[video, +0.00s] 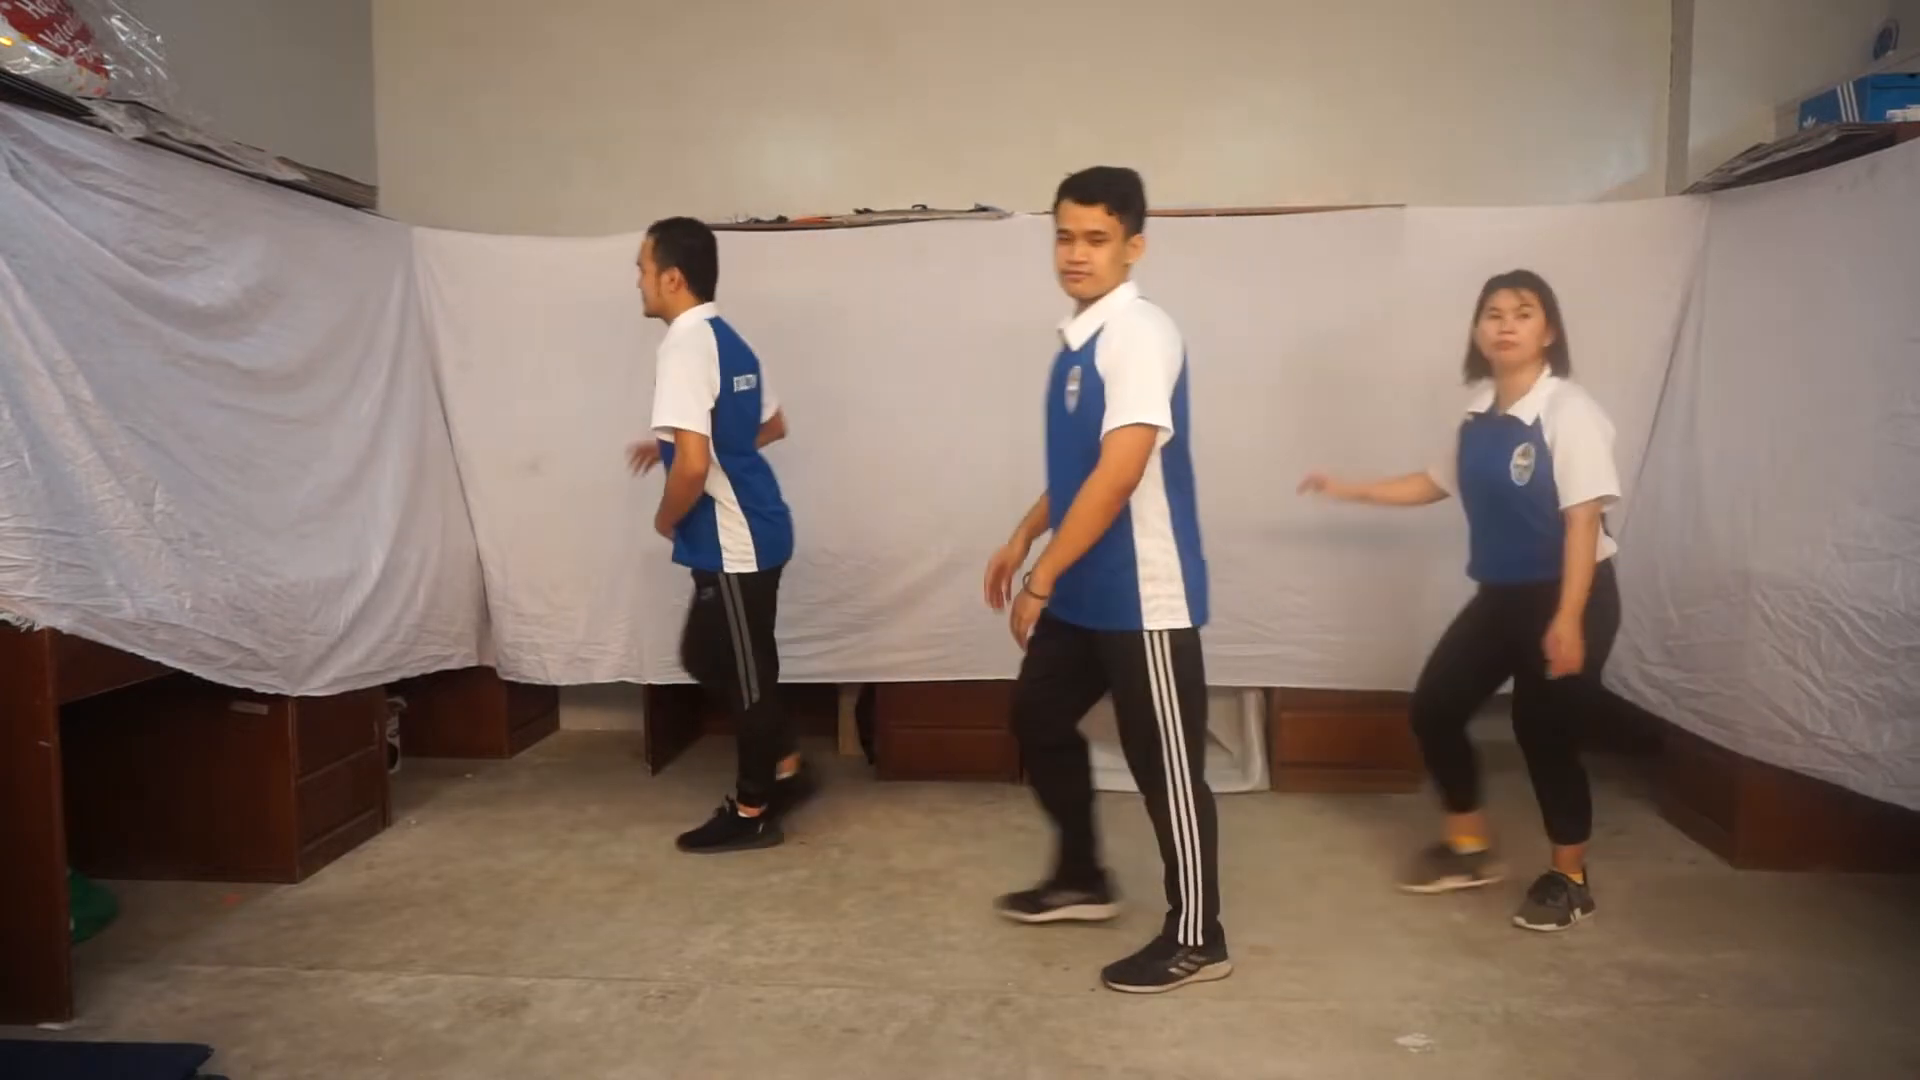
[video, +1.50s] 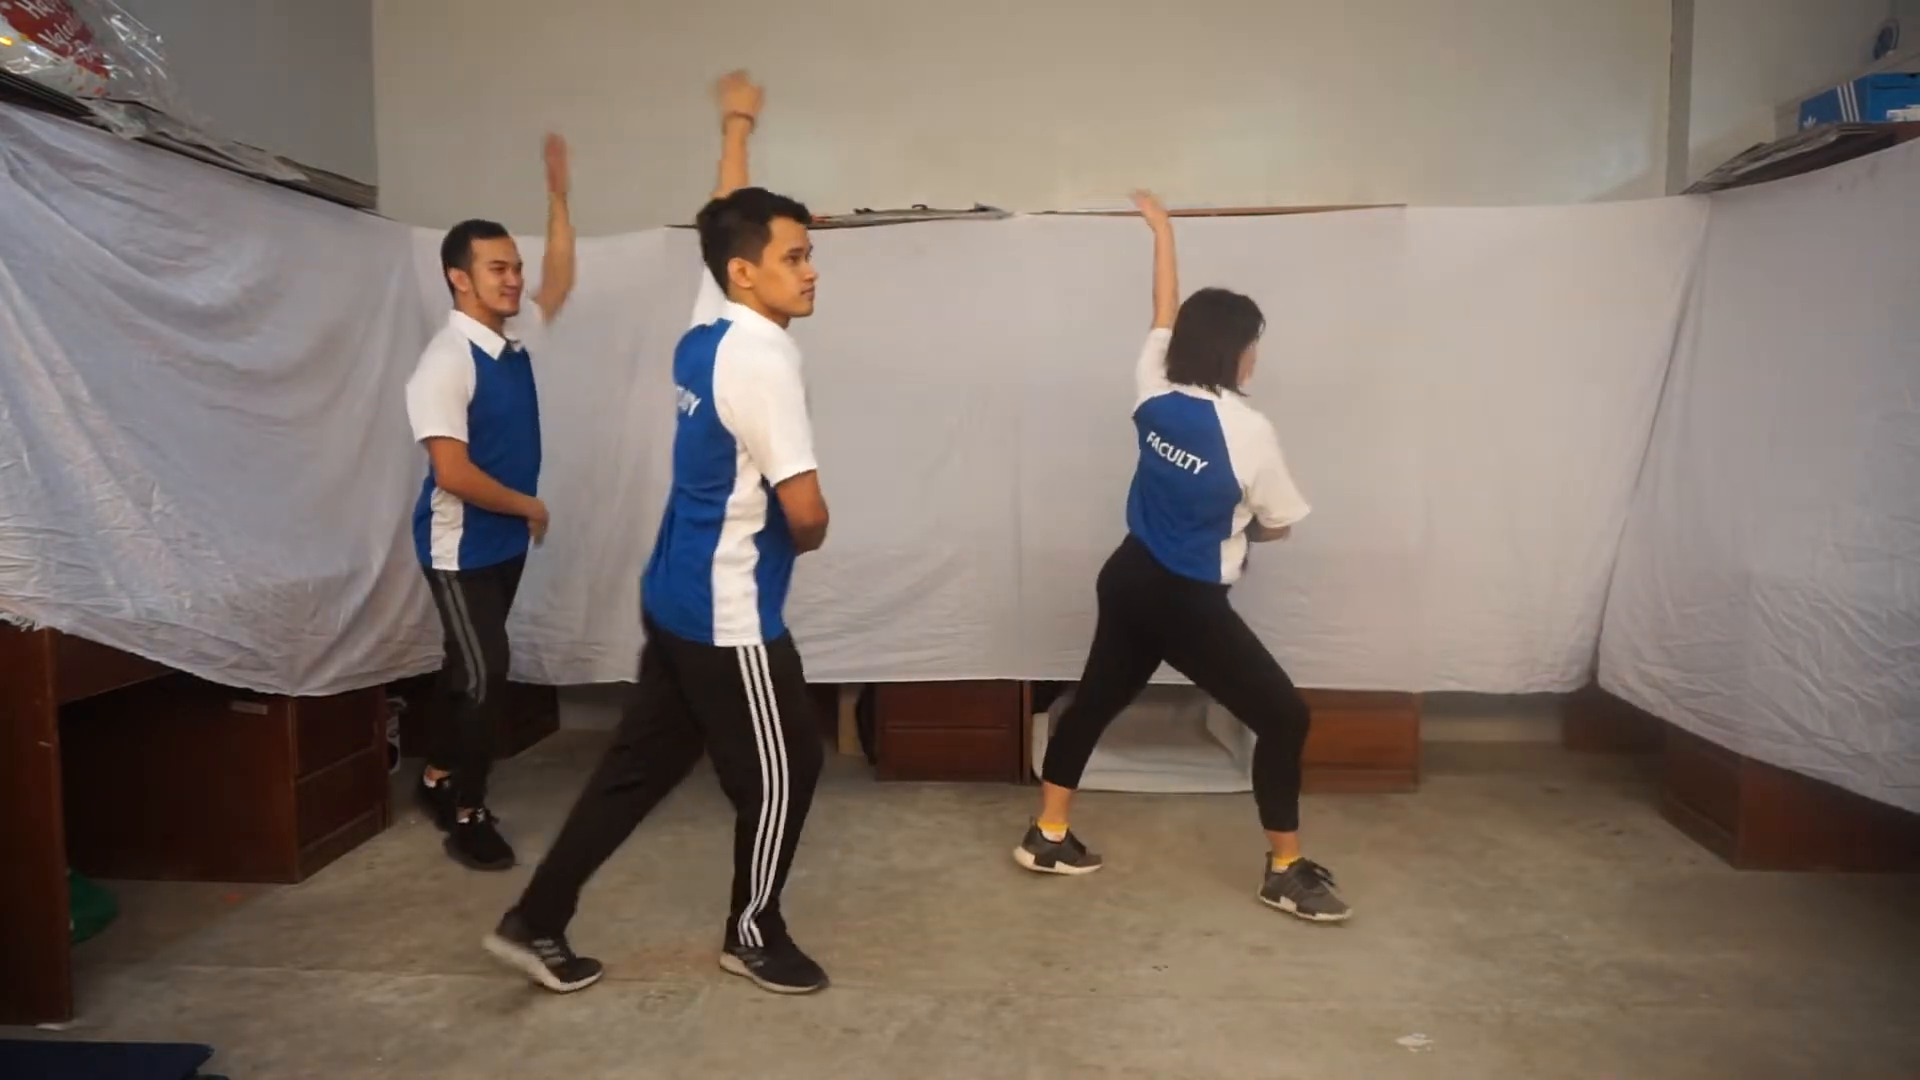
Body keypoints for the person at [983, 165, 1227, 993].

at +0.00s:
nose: (1074, 253)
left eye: (1095, 239)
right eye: (1065, 238)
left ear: (1133, 245)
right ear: (1054, 242)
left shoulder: (1140, 333)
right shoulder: (1082, 334)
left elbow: (1120, 475)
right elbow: (1079, 469)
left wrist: (1045, 577)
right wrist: (1021, 537)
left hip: (1149, 599)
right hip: (1087, 594)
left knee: (1168, 769)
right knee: (1040, 720)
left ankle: (1196, 935)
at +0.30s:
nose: (996, 252)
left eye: (1012, 238)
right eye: (979, 237)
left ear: (1029, 249)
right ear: (951, 249)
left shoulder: (1069, 346)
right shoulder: (917, 355)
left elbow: (1135, 464)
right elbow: (882, 465)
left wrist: (1082, 581)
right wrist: (845, 570)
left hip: (1027, 604)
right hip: (939, 600)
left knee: (1001, 772)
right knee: (936, 740)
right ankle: (1016, 849)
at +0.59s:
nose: (928, 245)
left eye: (933, 231)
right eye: (909, 230)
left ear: (935, 243)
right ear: (858, 241)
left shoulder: (954, 335)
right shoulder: (826, 346)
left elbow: (1028, 366)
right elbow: (786, 461)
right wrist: (735, 564)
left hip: (949, 597)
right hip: (861, 607)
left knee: (957, 762)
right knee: (850, 770)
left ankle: (951, 919)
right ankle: (800, 937)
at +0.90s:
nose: (855, 242)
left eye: (853, 225)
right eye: (837, 227)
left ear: (788, 235)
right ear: (780, 237)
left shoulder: (768, 303)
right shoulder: (800, 339)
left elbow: (774, 196)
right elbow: (868, 465)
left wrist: (756, 78)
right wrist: (967, 549)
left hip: (771, 581)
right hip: (786, 596)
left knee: (789, 746)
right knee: (806, 773)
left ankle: (695, 876)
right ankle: (801, 950)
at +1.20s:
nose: (791, 273)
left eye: (788, 256)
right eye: (775, 257)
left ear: (714, 269)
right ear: (717, 269)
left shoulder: (678, 321)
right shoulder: (744, 359)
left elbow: (671, 209)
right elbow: (787, 510)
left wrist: (638, 98)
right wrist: (770, 540)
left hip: (640, 600)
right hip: (699, 613)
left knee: (580, 769)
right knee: (781, 764)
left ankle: (505, 946)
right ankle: (789, 939)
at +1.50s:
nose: (811, 275)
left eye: (810, 258)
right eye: (796, 261)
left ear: (738, 270)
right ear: (739, 268)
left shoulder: (712, 327)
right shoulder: (763, 355)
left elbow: (727, 229)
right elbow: (806, 515)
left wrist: (737, 125)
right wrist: (804, 537)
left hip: (684, 596)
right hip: (731, 610)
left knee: (643, 762)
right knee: (785, 764)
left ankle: (535, 918)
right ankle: (755, 930)